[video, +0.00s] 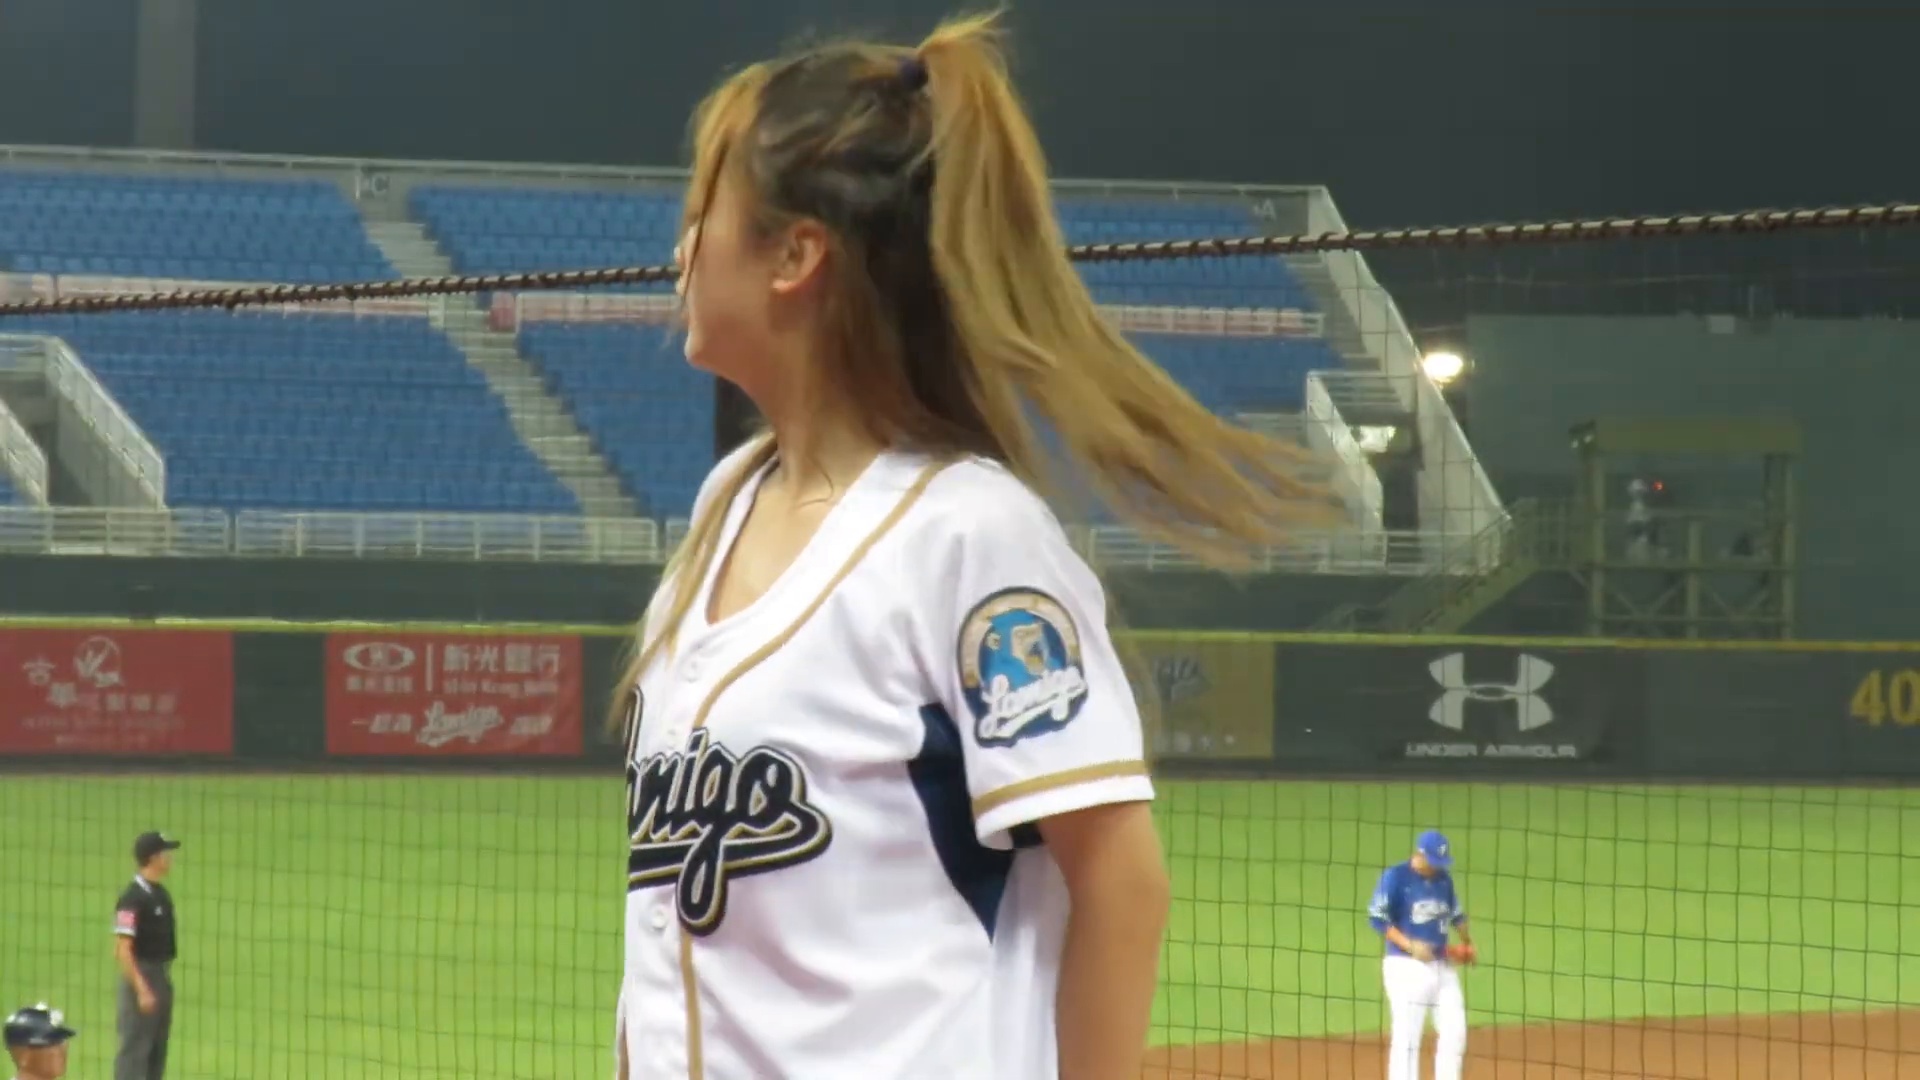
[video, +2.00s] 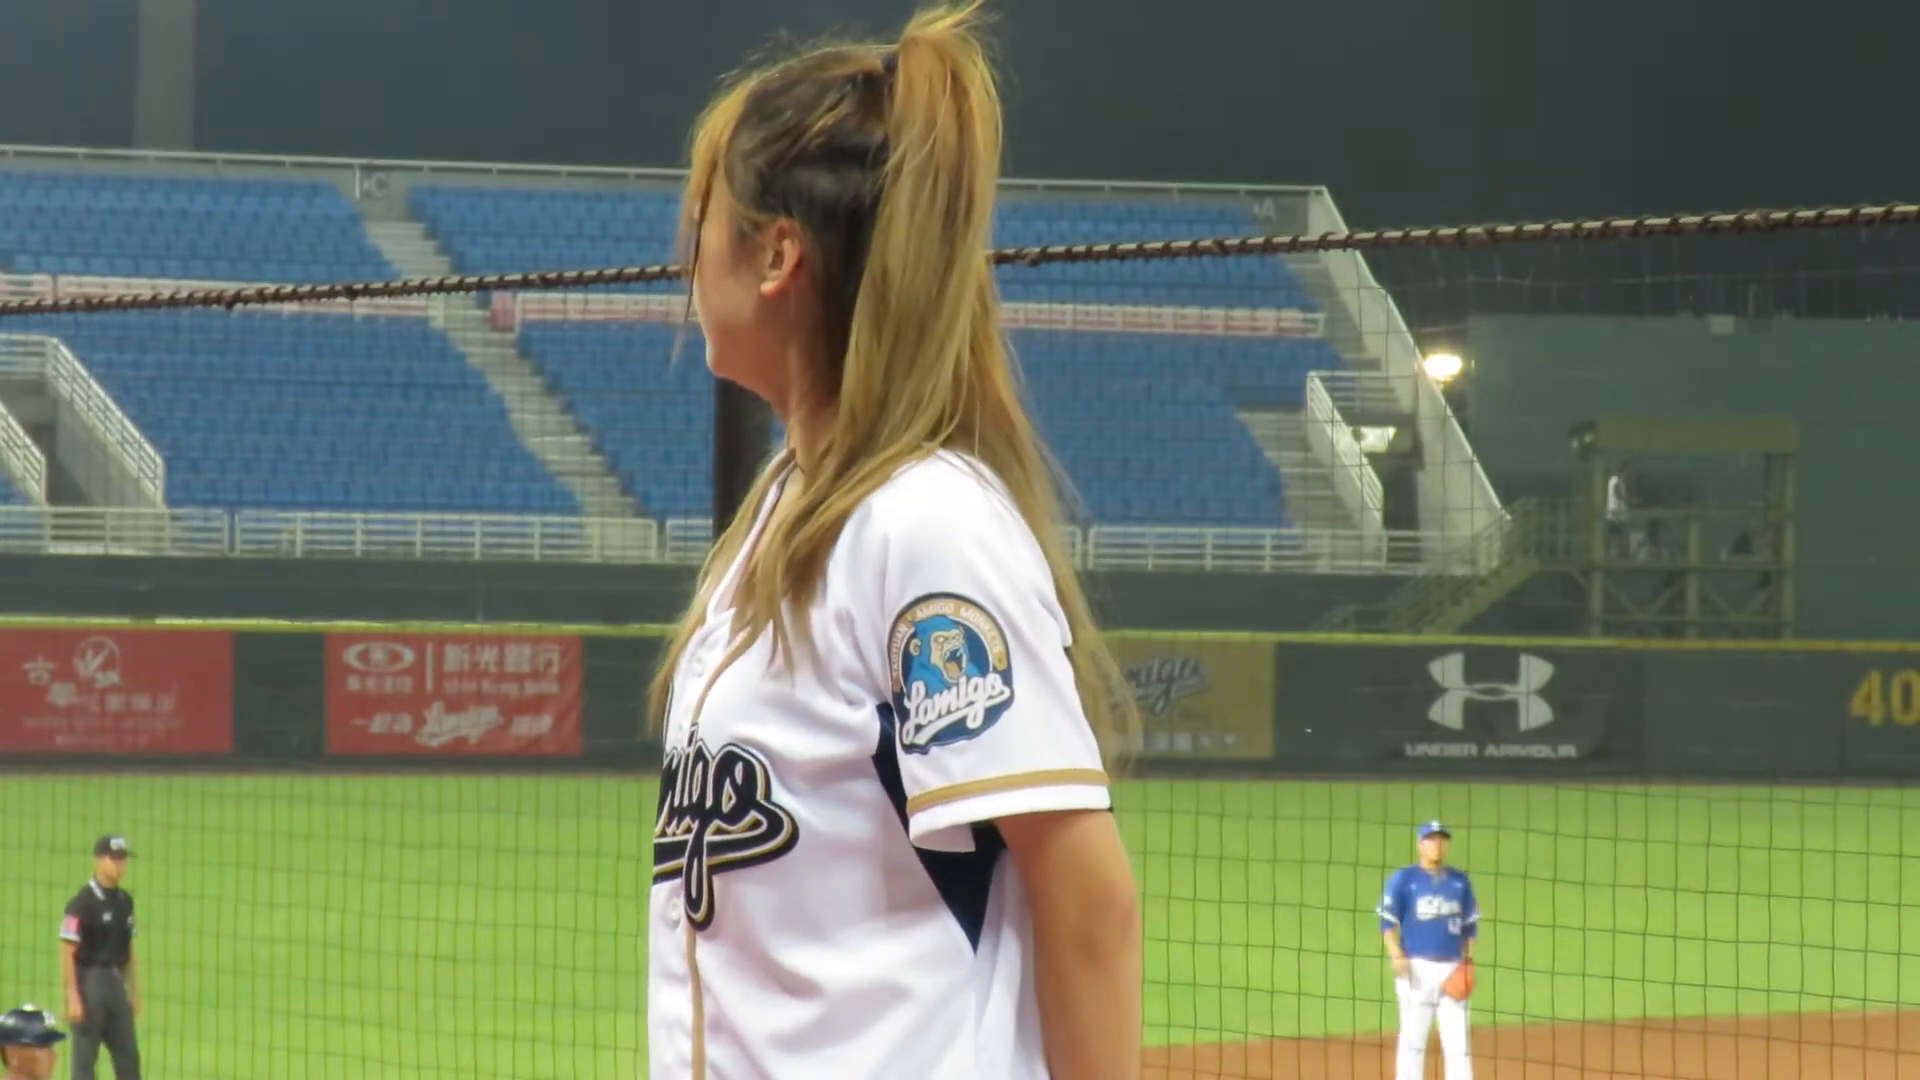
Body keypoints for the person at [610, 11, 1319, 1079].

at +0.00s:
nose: (680, 253)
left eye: (701, 218)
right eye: (692, 217)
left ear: (797, 259)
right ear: (796, 261)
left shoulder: (979, 529)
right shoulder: (726, 502)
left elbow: (1122, 884)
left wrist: (1086, 1075)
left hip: (908, 1059)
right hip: (679, 1057)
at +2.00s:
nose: (690, 258)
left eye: (705, 222)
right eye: (699, 220)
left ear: (779, 259)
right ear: (779, 259)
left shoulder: (931, 521)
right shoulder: (783, 499)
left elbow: (1089, 895)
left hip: (884, 1057)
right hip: (732, 1050)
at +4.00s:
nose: (686, 271)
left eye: (699, 229)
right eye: (693, 229)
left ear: (778, 253)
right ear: (774, 253)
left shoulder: (935, 536)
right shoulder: (782, 505)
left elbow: (1095, 914)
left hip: (884, 1058)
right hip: (718, 1052)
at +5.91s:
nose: (689, 263)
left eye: (705, 223)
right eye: (699, 222)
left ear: (781, 252)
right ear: (779, 252)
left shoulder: (935, 535)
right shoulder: (786, 506)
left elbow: (1096, 918)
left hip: (888, 1056)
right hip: (729, 1050)